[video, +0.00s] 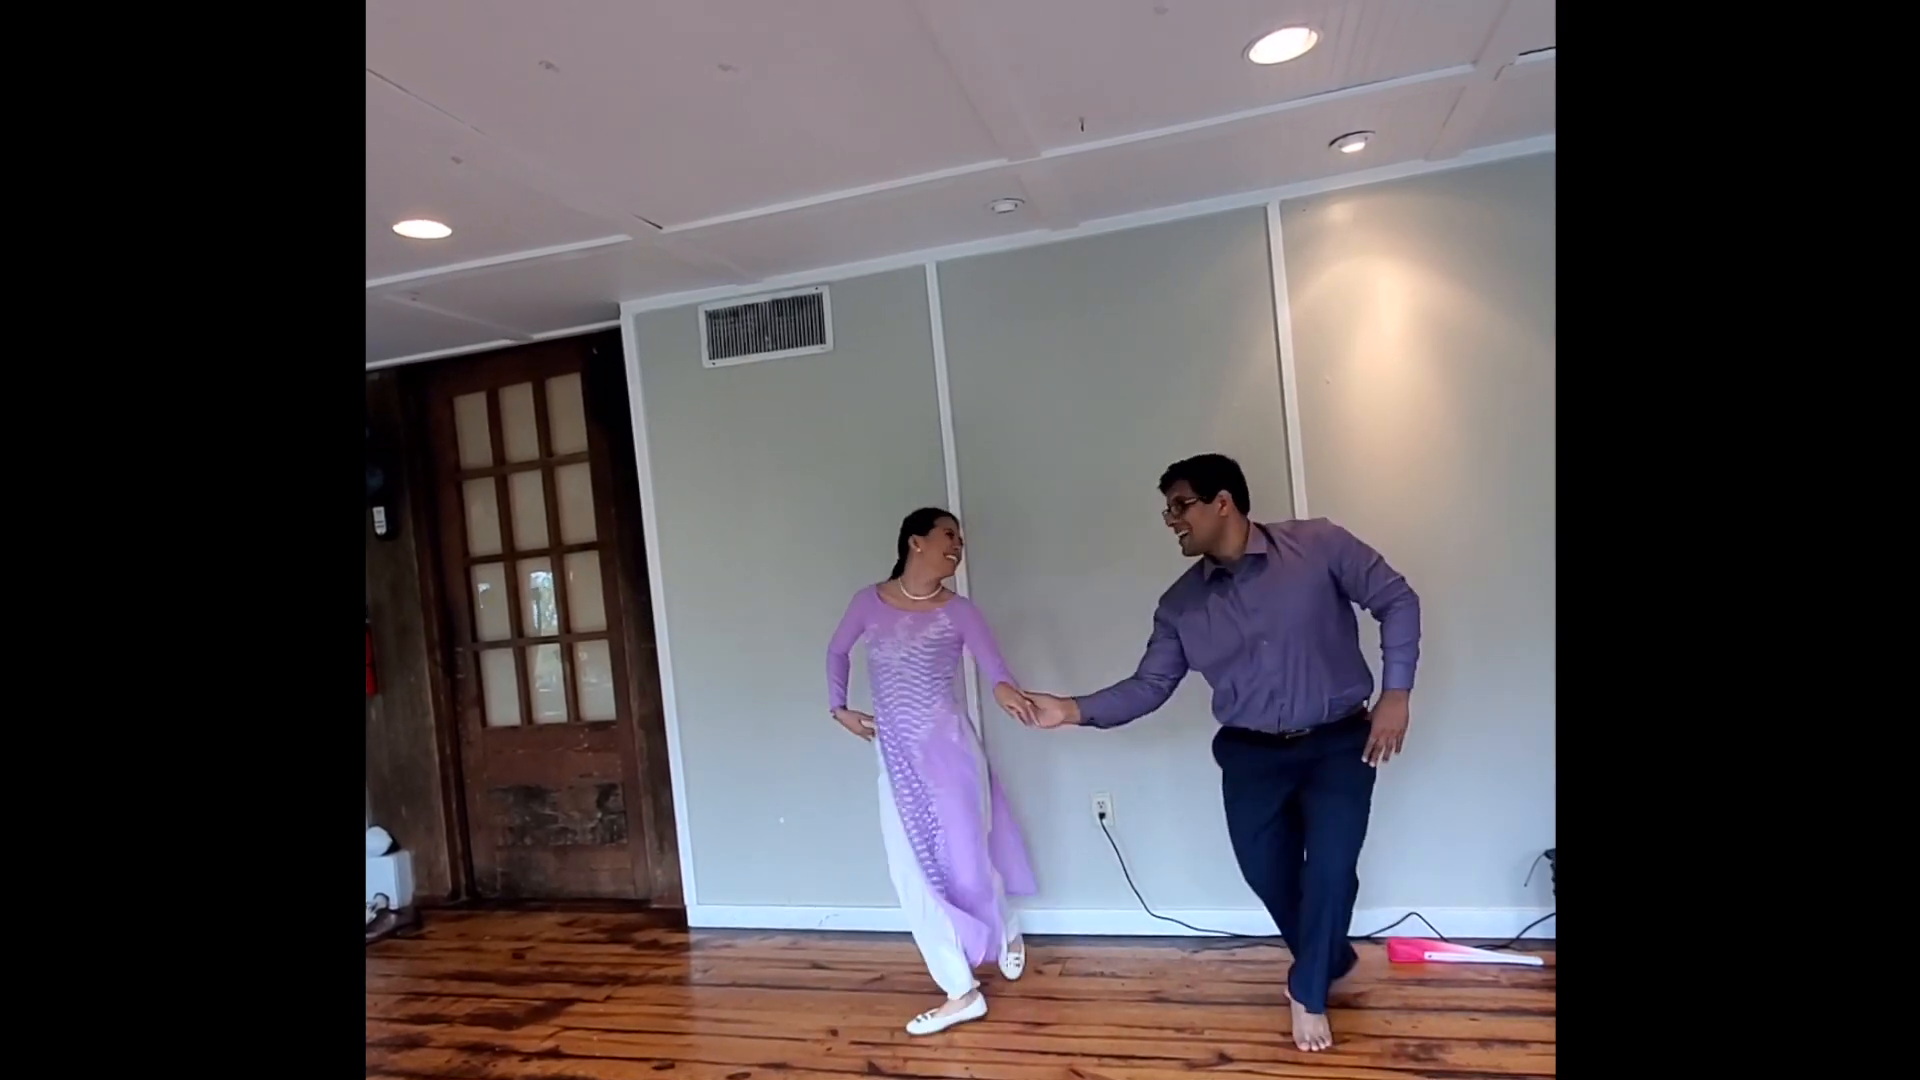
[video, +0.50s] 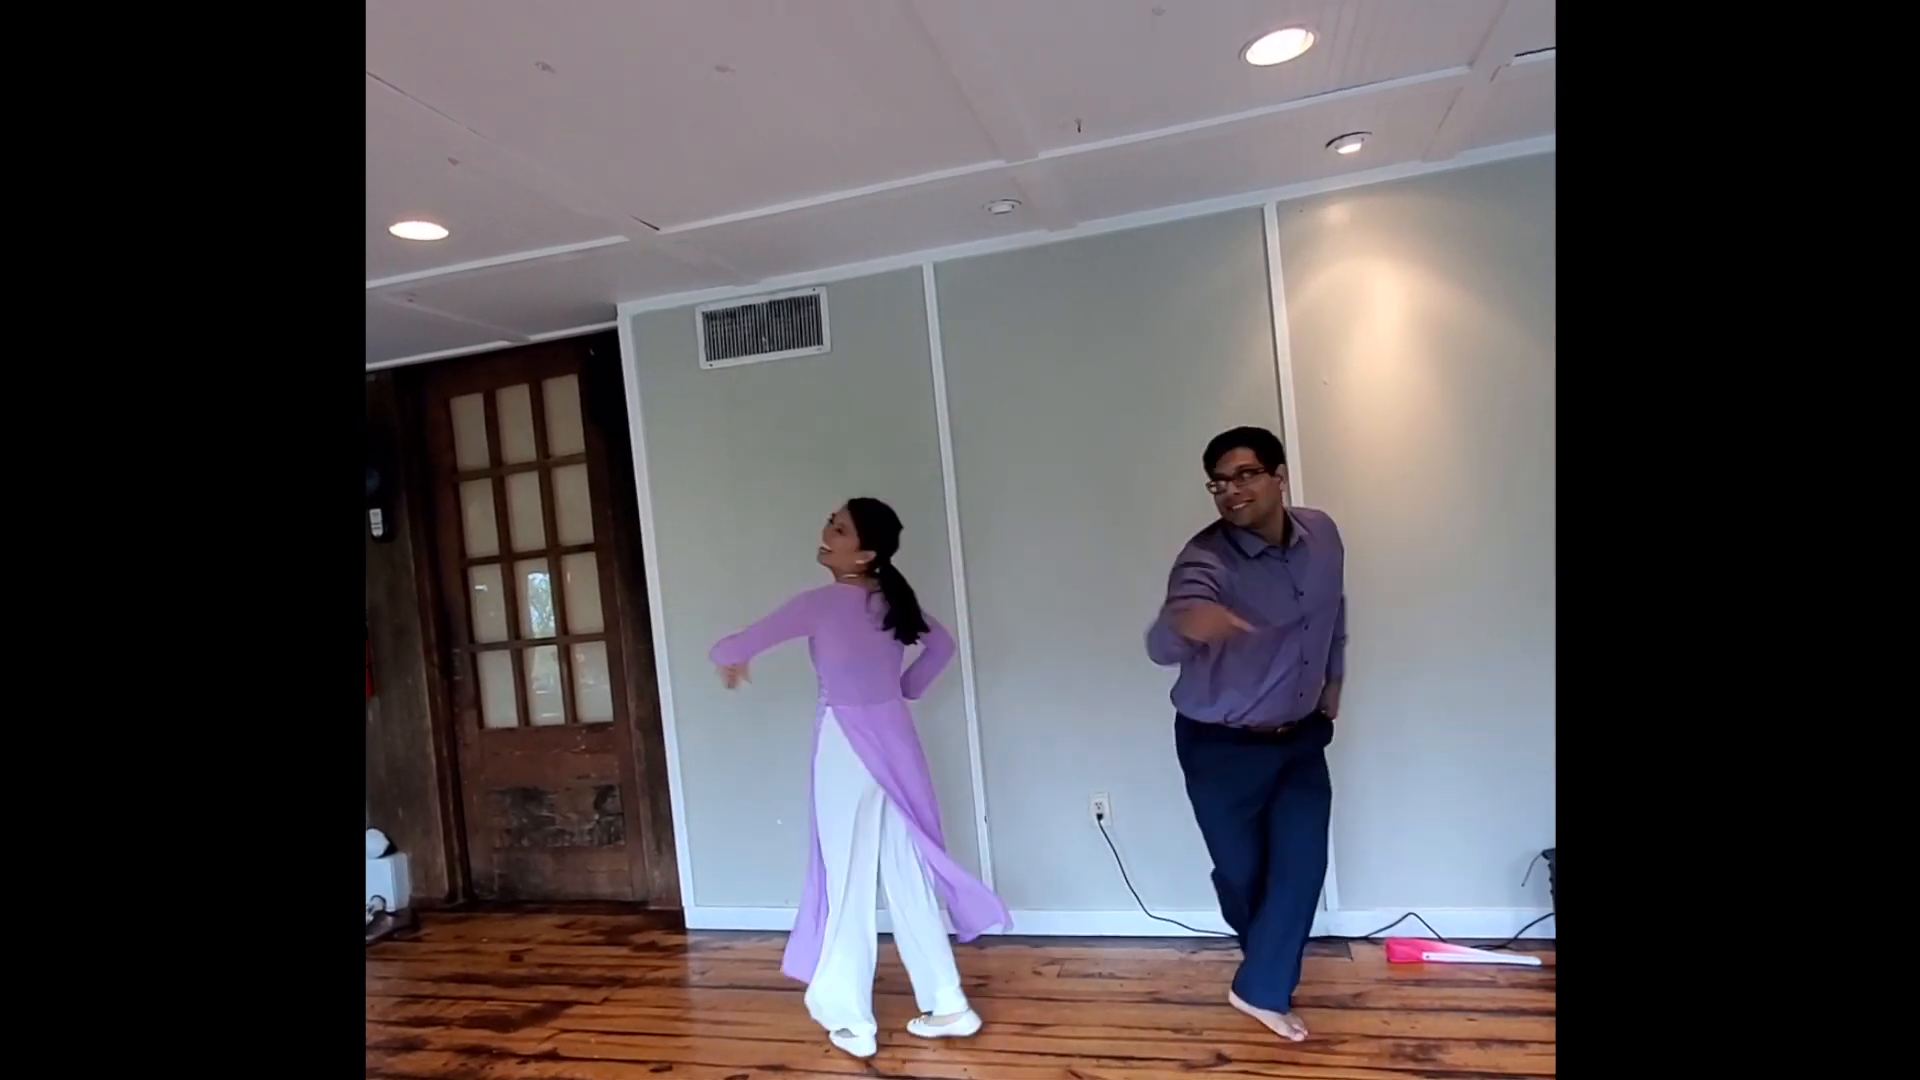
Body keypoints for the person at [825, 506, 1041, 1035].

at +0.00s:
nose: (959, 547)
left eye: (960, 540)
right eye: (950, 537)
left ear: (940, 549)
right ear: (915, 543)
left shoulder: (959, 611)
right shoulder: (870, 602)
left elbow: (993, 665)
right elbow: (838, 651)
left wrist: (1003, 687)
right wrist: (838, 706)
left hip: (950, 752)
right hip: (896, 757)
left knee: (965, 869)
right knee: (913, 874)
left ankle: (1003, 931)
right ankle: (961, 992)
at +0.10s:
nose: (944, 553)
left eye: (948, 548)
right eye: (935, 543)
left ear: (944, 561)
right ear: (901, 547)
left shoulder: (939, 613)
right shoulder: (861, 605)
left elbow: (967, 642)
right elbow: (839, 654)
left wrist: (980, 659)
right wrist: (833, 705)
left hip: (932, 752)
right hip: (888, 756)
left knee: (929, 885)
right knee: (909, 884)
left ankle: (1008, 894)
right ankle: (957, 995)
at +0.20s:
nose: (923, 547)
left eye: (932, 544)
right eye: (915, 534)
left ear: (932, 560)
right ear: (885, 542)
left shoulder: (923, 610)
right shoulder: (857, 600)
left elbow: (954, 655)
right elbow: (850, 657)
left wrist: (940, 643)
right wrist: (836, 699)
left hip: (918, 750)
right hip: (882, 751)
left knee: (865, 875)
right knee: (913, 871)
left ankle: (964, 950)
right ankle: (953, 996)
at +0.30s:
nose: (899, 539)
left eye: (911, 538)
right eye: (892, 527)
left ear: (916, 554)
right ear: (869, 532)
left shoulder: (902, 601)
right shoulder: (853, 594)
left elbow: (869, 629)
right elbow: (869, 659)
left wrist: (816, 603)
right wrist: (849, 690)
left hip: (898, 747)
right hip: (878, 744)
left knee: (847, 884)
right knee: (911, 872)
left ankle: (881, 1012)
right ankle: (957, 992)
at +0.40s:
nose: (861, 535)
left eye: (878, 533)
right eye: (859, 525)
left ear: (895, 554)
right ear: (849, 534)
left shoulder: (866, 600)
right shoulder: (888, 605)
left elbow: (793, 642)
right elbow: (900, 665)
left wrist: (735, 618)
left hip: (870, 744)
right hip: (895, 742)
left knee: (857, 874)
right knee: (908, 871)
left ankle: (848, 1016)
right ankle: (953, 994)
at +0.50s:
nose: (825, 533)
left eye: (837, 530)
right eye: (830, 524)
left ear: (864, 553)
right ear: (869, 556)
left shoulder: (821, 603)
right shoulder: (893, 600)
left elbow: (744, 643)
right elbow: (943, 643)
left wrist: (728, 659)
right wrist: (906, 690)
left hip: (847, 741)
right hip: (897, 736)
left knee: (846, 877)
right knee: (909, 871)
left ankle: (850, 1017)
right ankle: (948, 1004)